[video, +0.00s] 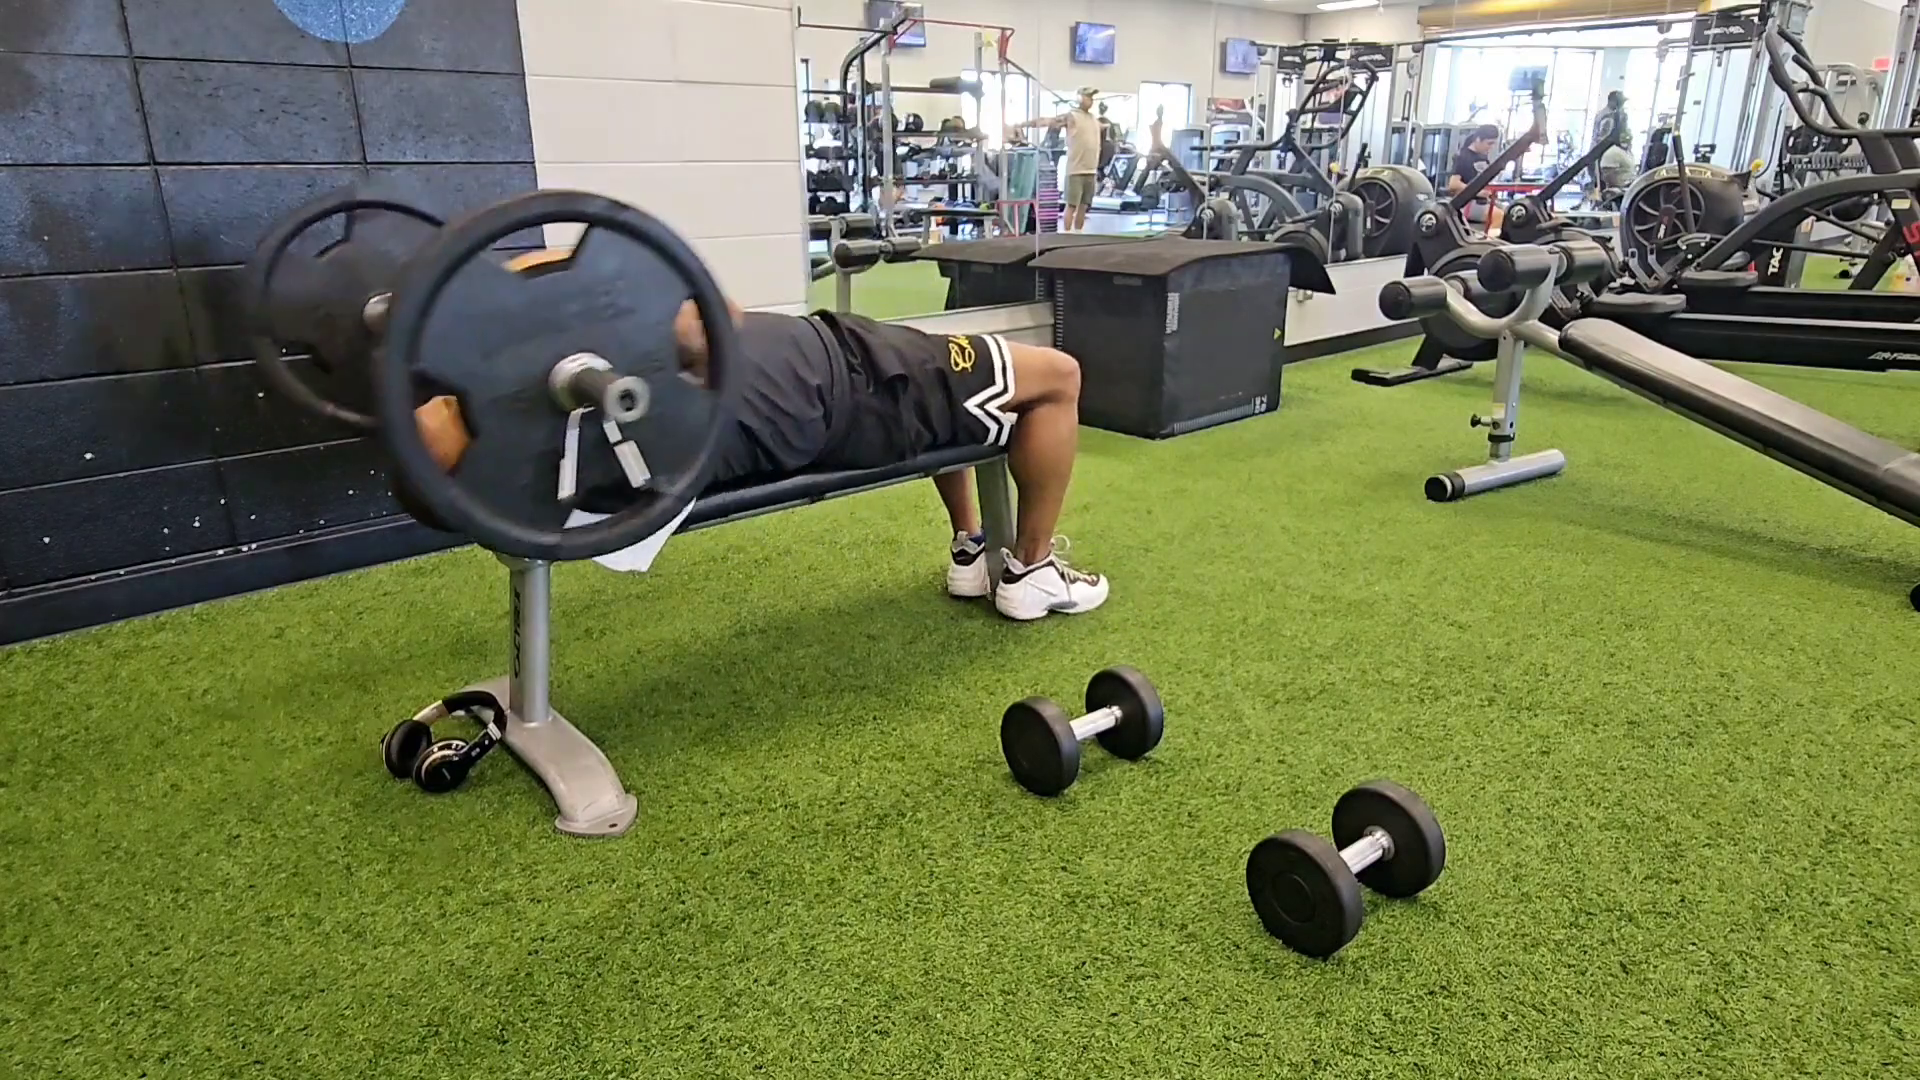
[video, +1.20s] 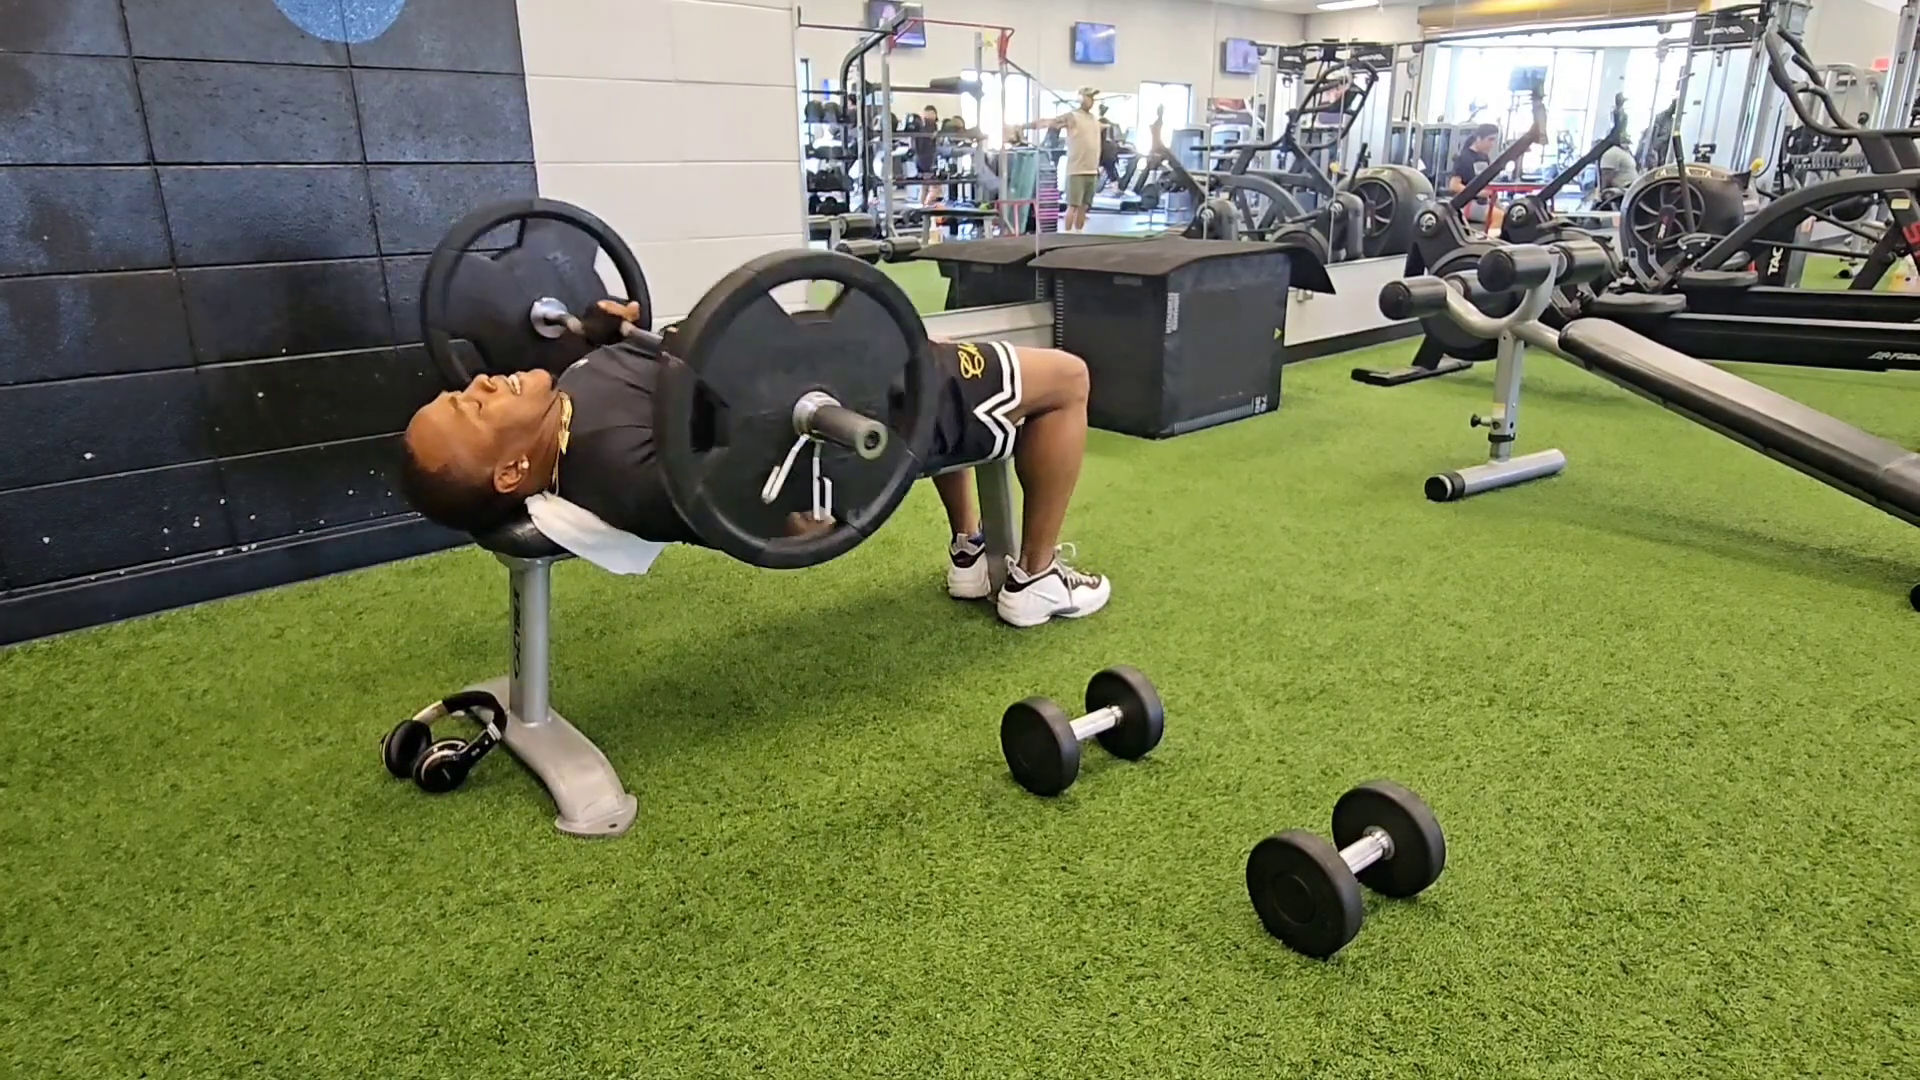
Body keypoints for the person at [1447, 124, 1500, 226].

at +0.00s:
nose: (1491, 148)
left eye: (1493, 144)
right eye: (1489, 143)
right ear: (1478, 140)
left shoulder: (1484, 157)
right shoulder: (1463, 156)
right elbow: (1454, 183)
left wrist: (1492, 190)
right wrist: (1478, 192)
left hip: (1486, 200)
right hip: (1467, 202)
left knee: (1508, 211)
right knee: (1498, 215)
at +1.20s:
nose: (1492, 144)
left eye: (1494, 140)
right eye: (1490, 140)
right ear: (1479, 138)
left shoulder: (1485, 157)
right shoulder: (1464, 156)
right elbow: (1454, 185)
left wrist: (1491, 191)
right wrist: (1478, 192)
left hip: (1486, 200)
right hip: (1469, 203)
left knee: (1506, 214)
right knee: (1499, 216)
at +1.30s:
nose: (1492, 144)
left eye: (1494, 140)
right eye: (1490, 139)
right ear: (1479, 138)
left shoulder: (1486, 157)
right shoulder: (1465, 156)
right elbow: (1455, 185)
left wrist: (1493, 191)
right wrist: (1480, 193)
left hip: (1487, 201)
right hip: (1469, 202)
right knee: (1499, 217)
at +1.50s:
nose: (1504, 143)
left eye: (1505, 139)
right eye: (1502, 138)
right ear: (1490, 138)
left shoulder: (1497, 159)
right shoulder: (1478, 157)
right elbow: (1463, 185)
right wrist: (1486, 194)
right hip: (1469, 201)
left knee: (1510, 211)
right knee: (1498, 216)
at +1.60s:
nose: (1512, 144)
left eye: (1513, 141)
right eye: (1509, 140)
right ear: (1498, 140)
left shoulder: (1502, 159)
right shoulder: (1483, 158)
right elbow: (1467, 186)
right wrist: (1492, 192)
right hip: (1473, 202)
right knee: (1499, 217)